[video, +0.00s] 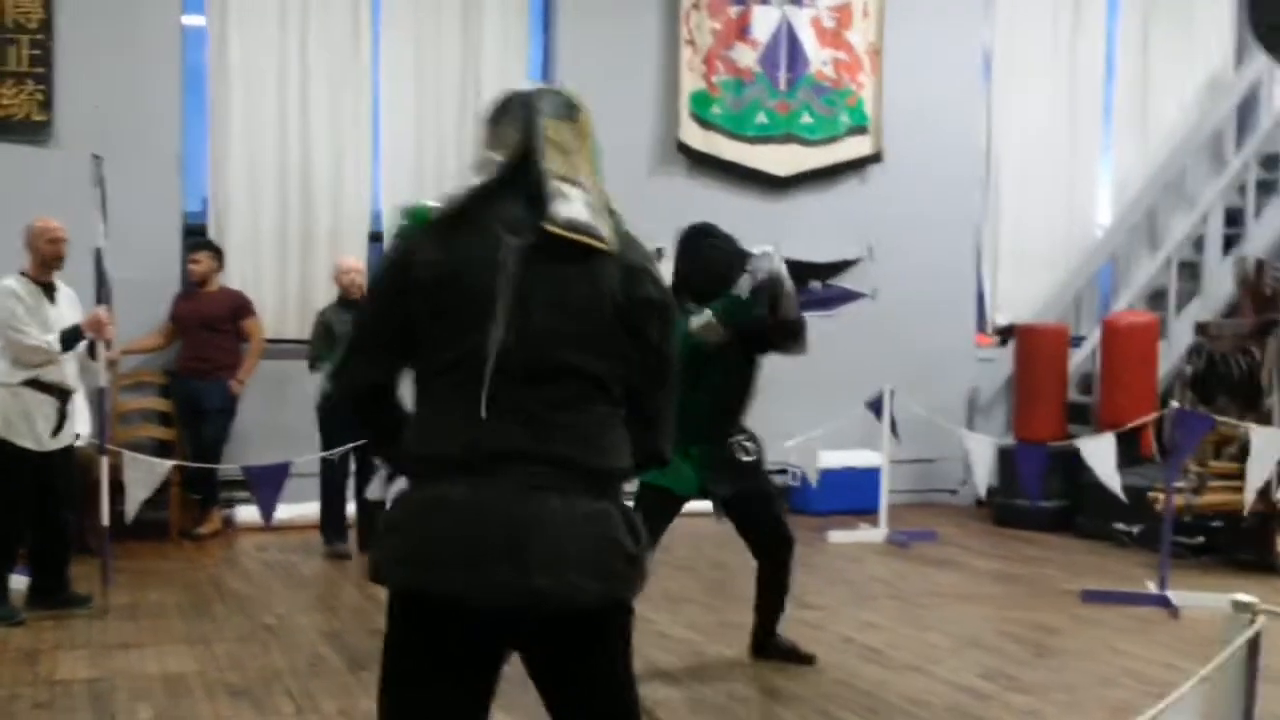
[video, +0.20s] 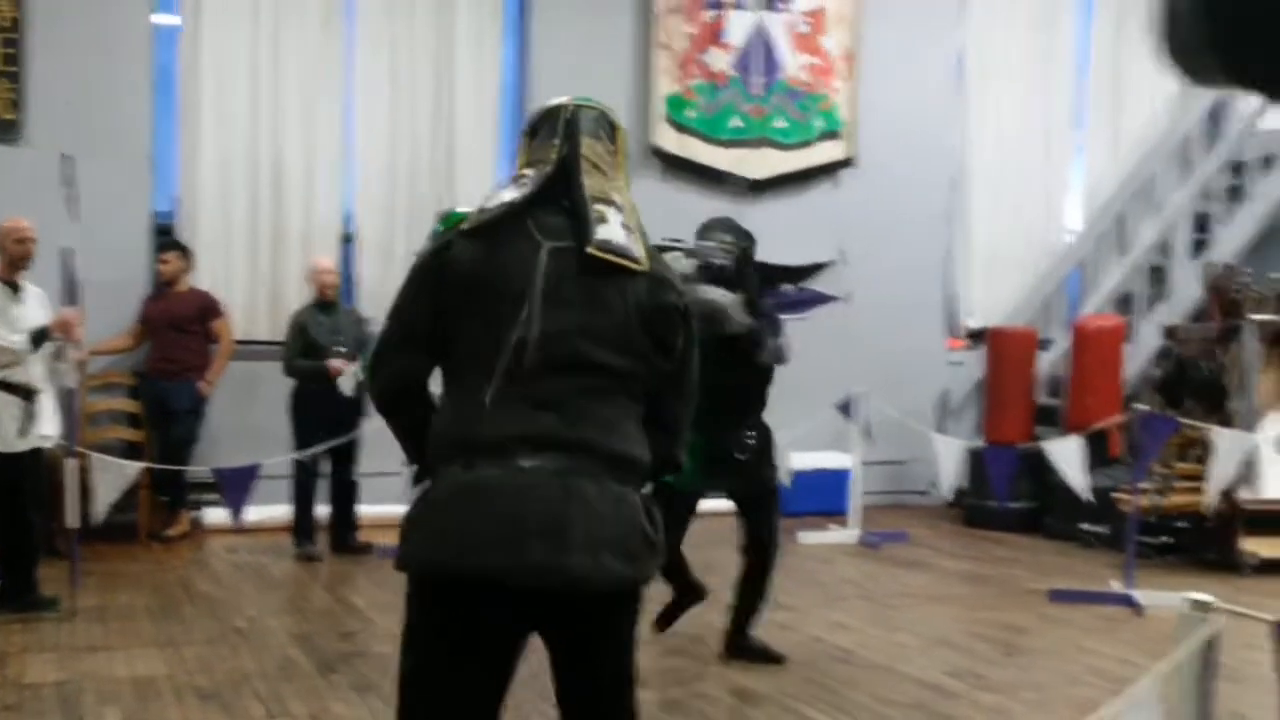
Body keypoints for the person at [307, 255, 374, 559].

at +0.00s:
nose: (352, 278)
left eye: (357, 272)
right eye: (346, 273)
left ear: (366, 277)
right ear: (336, 279)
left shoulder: (376, 314)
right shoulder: (329, 317)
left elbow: (388, 354)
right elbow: (316, 361)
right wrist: (339, 365)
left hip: (371, 398)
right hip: (337, 400)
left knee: (369, 470)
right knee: (334, 471)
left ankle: (371, 536)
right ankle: (335, 536)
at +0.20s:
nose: (328, 280)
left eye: (333, 274)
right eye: (322, 274)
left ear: (340, 278)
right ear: (312, 280)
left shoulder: (352, 318)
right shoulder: (303, 319)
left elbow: (367, 352)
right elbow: (291, 364)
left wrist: (356, 369)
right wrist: (324, 366)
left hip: (345, 401)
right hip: (311, 401)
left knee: (344, 471)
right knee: (307, 470)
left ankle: (344, 535)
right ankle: (304, 538)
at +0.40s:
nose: (292, 278)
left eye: (297, 272)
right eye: (286, 272)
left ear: (303, 277)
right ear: (275, 279)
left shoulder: (317, 317)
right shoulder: (266, 317)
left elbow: (330, 358)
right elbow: (252, 363)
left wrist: (316, 369)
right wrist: (289, 366)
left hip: (310, 406)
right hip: (274, 405)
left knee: (306, 475)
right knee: (269, 474)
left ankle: (305, 537)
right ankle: (266, 540)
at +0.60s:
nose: (270, 279)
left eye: (275, 272)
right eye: (264, 273)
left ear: (282, 277)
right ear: (253, 279)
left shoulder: (294, 318)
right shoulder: (244, 318)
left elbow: (307, 360)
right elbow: (231, 364)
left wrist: (303, 397)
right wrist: (267, 367)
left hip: (288, 404)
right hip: (252, 404)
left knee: (284, 476)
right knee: (247, 474)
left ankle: (282, 540)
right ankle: (244, 543)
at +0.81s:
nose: (241, 279)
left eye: (245, 273)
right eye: (234, 274)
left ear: (251, 279)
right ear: (221, 280)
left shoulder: (263, 319)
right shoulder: (211, 320)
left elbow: (276, 363)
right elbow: (198, 366)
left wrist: (269, 397)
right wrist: (235, 368)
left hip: (256, 407)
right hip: (219, 407)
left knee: (251, 479)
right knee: (213, 477)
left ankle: (248, 542)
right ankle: (209, 545)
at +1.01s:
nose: (204, 277)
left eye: (208, 272)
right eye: (198, 272)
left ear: (214, 277)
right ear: (184, 278)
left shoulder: (227, 317)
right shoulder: (174, 318)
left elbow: (240, 362)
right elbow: (161, 365)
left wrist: (233, 398)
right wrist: (198, 367)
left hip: (220, 408)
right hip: (181, 408)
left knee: (214, 479)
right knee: (176, 477)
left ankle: (211, 541)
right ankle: (171, 545)